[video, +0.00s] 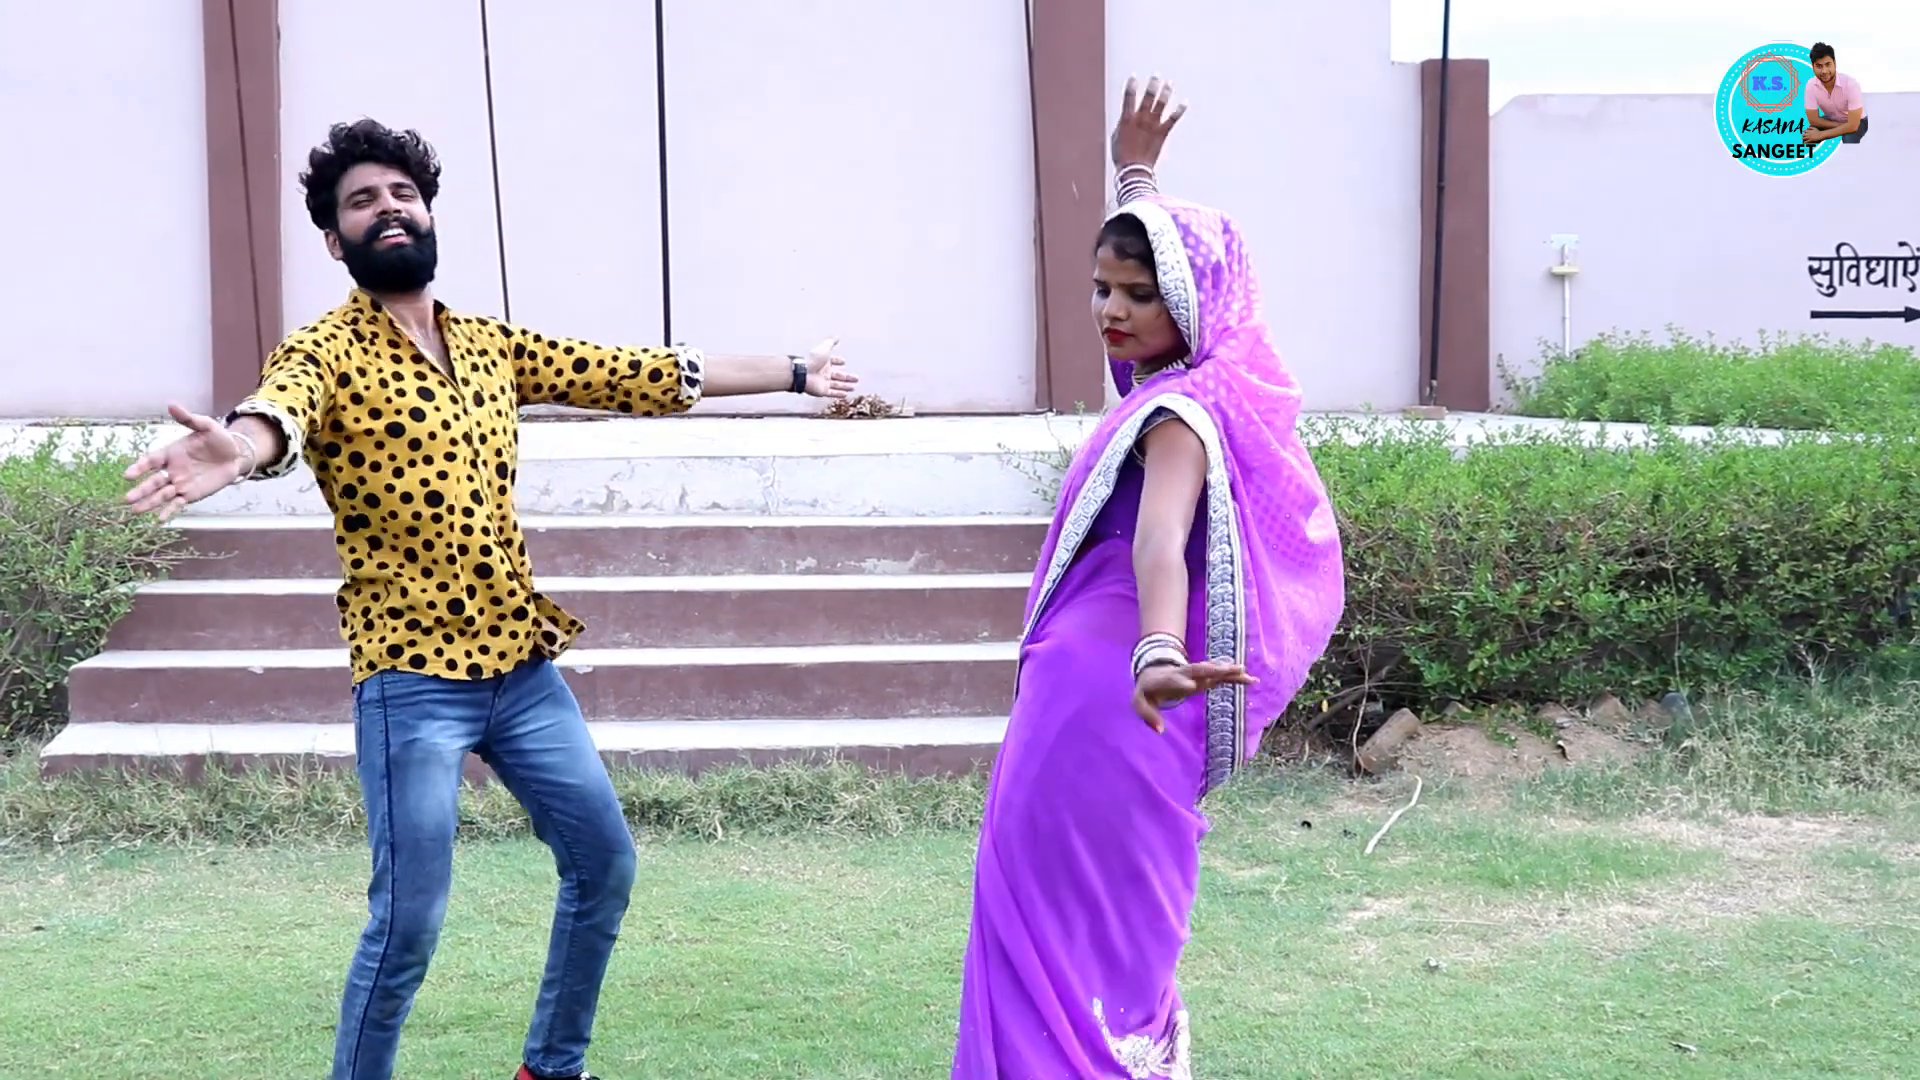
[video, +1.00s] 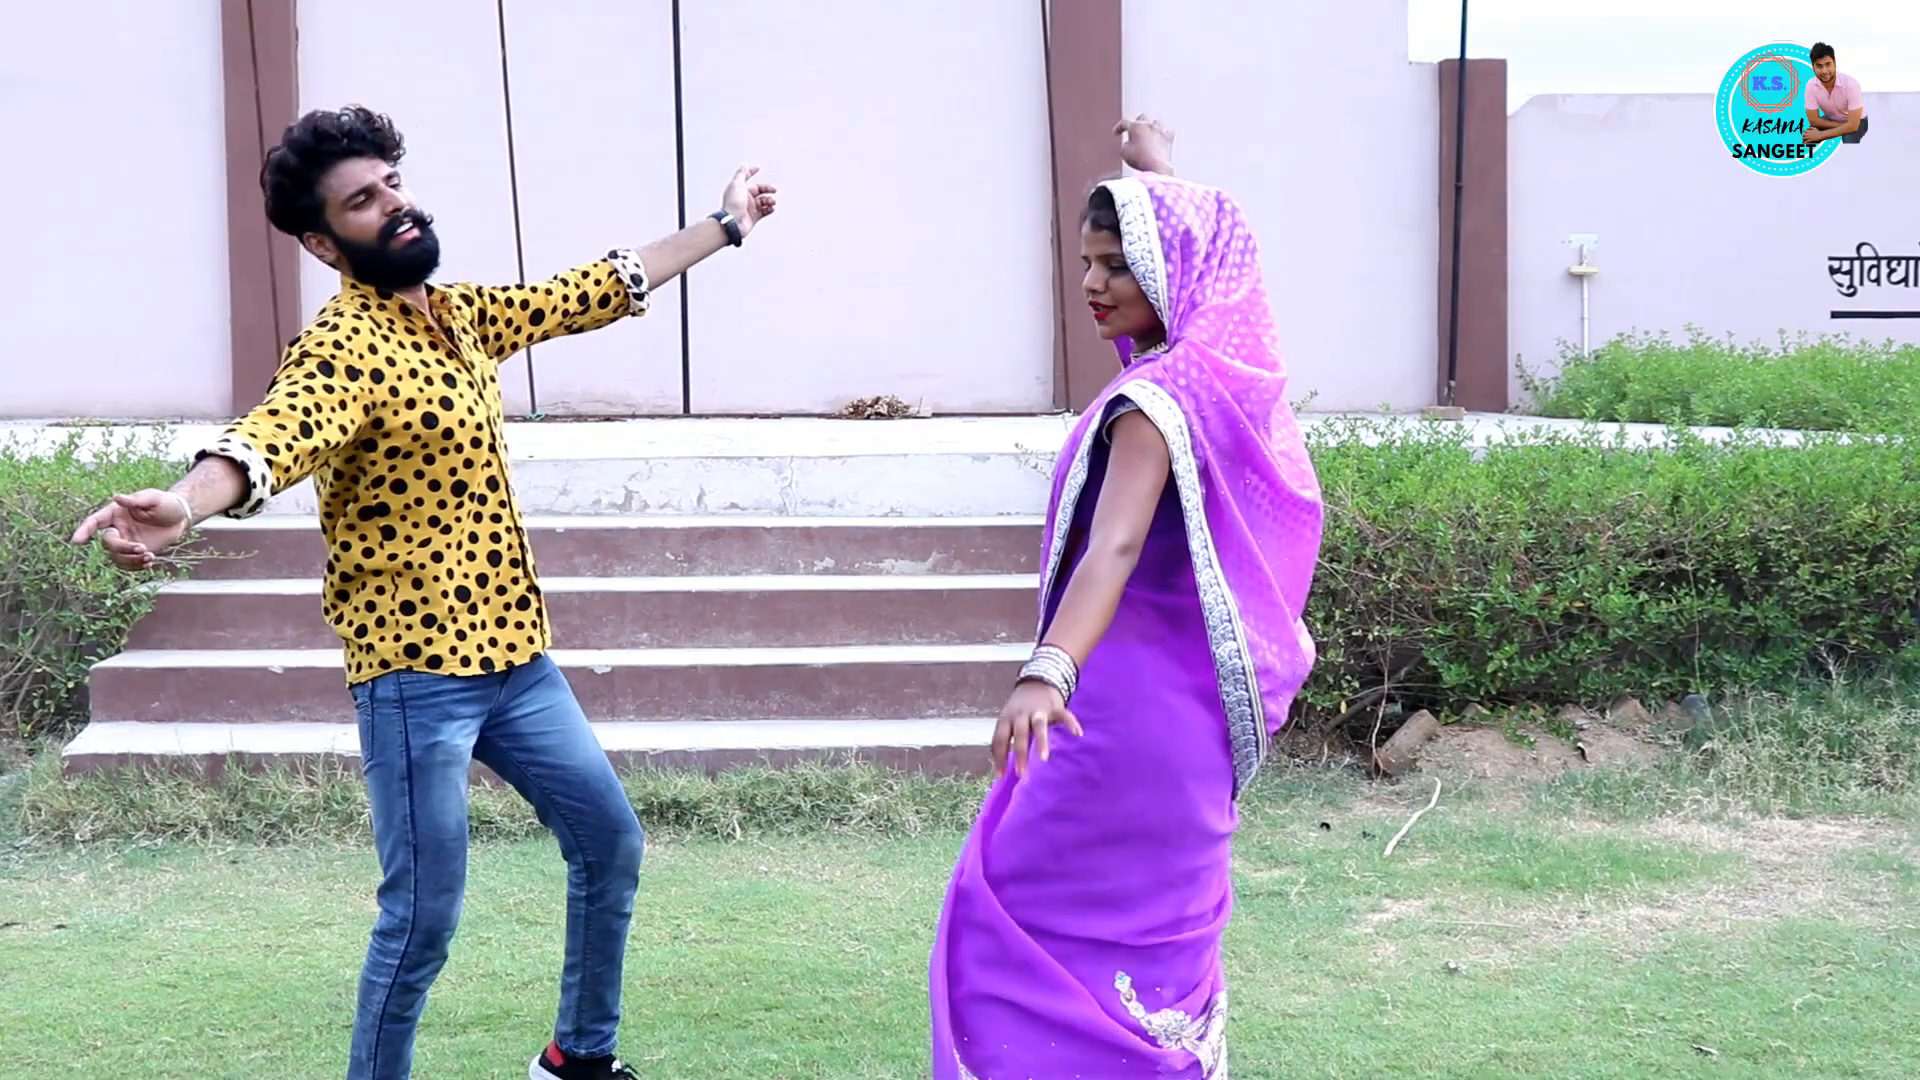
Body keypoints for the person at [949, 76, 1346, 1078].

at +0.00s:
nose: (1111, 311)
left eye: (1135, 294)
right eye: (1104, 290)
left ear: (1189, 307)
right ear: (1103, 291)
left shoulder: (1177, 414)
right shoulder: (1167, 392)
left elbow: (1164, 541)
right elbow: (1128, 275)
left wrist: (1159, 646)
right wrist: (1134, 172)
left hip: (1099, 718)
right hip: (1112, 708)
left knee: (1029, 939)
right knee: (1122, 949)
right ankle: (1137, 1056)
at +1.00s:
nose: (1091, 286)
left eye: (1113, 265)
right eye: (1088, 264)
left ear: (1175, 276)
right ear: (1195, 278)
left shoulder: (1153, 398)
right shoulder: (1236, 379)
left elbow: (1114, 548)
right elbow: (1211, 267)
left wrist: (1048, 669)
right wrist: (1163, 177)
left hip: (1120, 725)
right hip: (1194, 725)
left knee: (983, 921)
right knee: (1176, 962)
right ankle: (1175, 1064)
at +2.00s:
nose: (1222, 260)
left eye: (1246, 241)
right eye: (1224, 243)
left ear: (1311, 265)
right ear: (1234, 261)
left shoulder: (1332, 394)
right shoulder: (1233, 367)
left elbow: (1359, 541)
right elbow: (1161, 343)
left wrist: (1396, 443)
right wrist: (1148, 291)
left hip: (1243, 693)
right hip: (1170, 680)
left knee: (1237, 942)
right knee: (1149, 931)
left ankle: (1278, 1065)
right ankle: (1152, 1070)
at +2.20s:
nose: (1227, 266)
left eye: (1250, 246)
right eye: (1225, 249)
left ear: (1314, 267)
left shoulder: (1306, 384)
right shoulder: (1270, 370)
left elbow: (1302, 437)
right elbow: (1235, 325)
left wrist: (1335, 449)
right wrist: (1211, 229)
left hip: (1236, 722)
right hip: (1191, 710)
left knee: (1194, 954)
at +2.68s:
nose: (1233, 313)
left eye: (1258, 296)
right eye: (1235, 297)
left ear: (1326, 316)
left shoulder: (1298, 439)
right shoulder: (1341, 433)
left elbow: (1205, 532)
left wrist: (1152, 393)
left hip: (1232, 755)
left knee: (1096, 919)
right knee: (1075, 900)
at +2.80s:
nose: (1230, 320)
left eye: (1253, 304)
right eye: (1233, 303)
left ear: (1318, 323)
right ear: (1306, 331)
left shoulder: (1301, 443)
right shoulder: (1303, 432)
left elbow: (1173, 523)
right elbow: (1258, 627)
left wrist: (1131, 362)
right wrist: (1177, 751)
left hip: (1229, 765)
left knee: (1097, 965)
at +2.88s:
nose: (1229, 311)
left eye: (1253, 293)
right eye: (1231, 292)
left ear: (1318, 314)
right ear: (1313, 322)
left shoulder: (1295, 433)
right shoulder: (1338, 430)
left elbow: (1162, 493)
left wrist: (1101, 336)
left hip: (1224, 755)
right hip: (1277, 757)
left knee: (1110, 958)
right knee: (1255, 997)